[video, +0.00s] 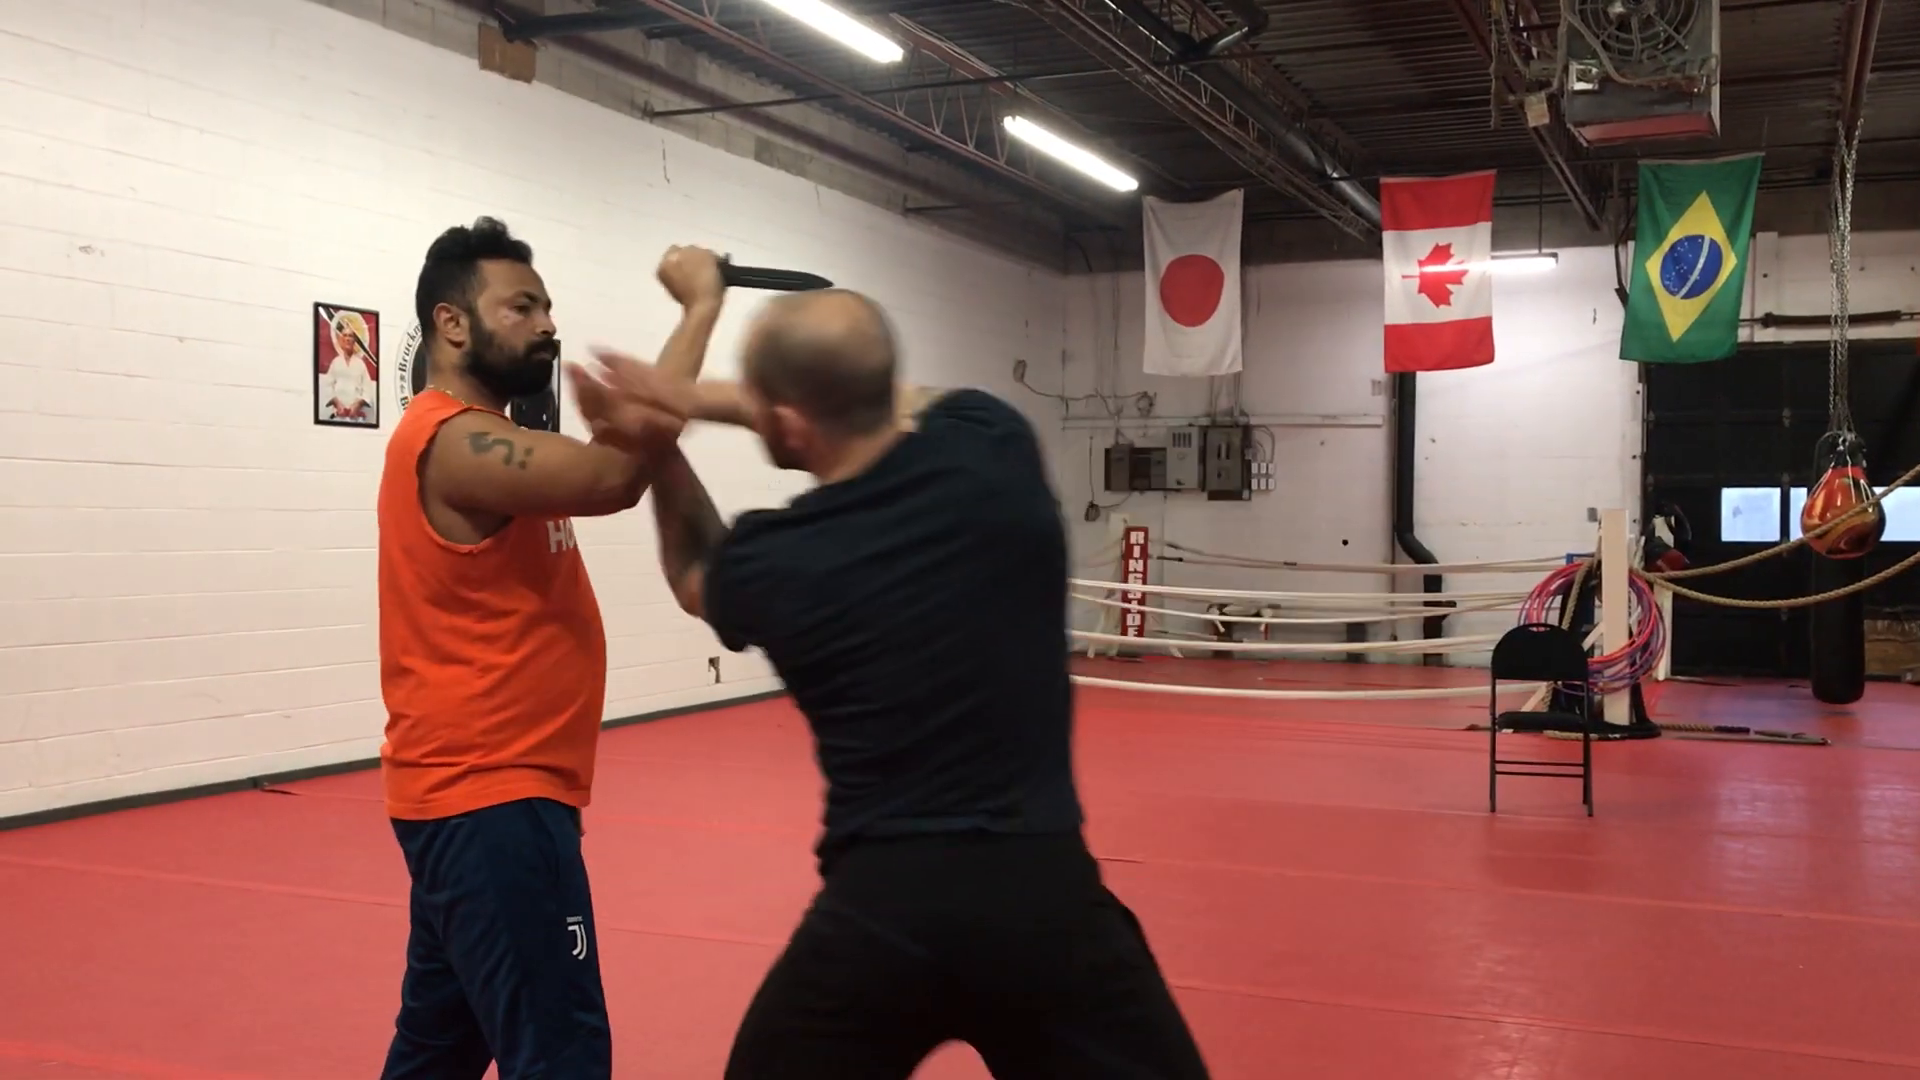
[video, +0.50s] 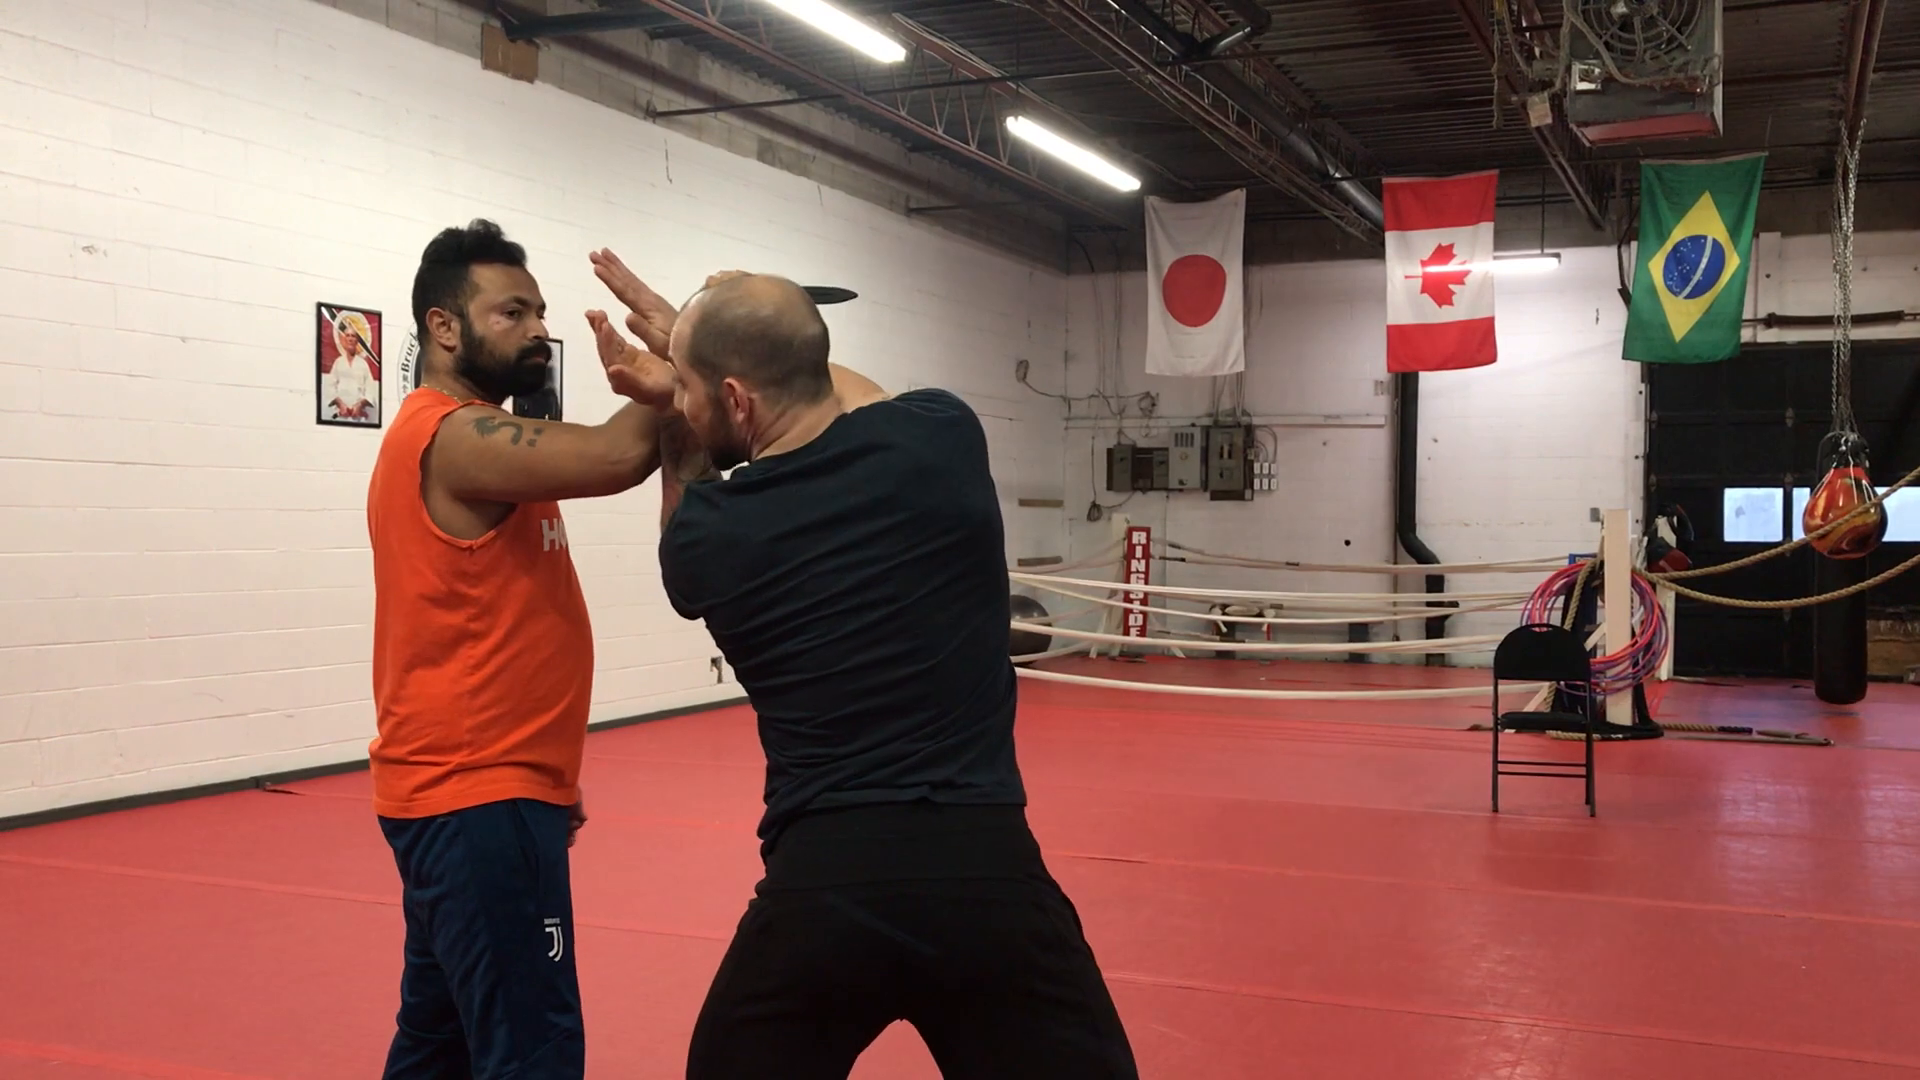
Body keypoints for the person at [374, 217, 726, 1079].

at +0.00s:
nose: (548, 325)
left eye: (545, 307)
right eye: (523, 306)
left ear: (457, 332)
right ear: (451, 325)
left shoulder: (450, 433)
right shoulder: (456, 437)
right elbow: (615, 474)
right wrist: (699, 310)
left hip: (462, 792)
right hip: (492, 797)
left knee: (438, 1048)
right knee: (563, 1053)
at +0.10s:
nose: (549, 328)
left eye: (548, 310)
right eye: (525, 308)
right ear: (454, 324)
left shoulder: (467, 426)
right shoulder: (461, 435)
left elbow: (610, 464)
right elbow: (630, 460)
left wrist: (641, 408)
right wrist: (709, 306)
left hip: (475, 792)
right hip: (489, 798)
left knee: (436, 1051)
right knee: (561, 1053)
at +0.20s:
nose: (548, 333)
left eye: (549, 315)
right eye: (525, 314)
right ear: (453, 326)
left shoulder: (482, 430)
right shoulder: (454, 432)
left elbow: (501, 628)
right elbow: (617, 453)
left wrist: (558, 773)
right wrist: (651, 388)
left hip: (492, 791)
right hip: (479, 796)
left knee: (437, 1053)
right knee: (552, 1056)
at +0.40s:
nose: (541, 330)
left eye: (542, 313)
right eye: (516, 312)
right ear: (444, 326)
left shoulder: (462, 430)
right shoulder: (452, 432)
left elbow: (486, 626)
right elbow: (619, 452)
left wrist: (557, 761)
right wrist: (663, 374)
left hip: (482, 790)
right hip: (477, 793)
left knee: (441, 1044)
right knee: (536, 1051)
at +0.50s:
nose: (540, 329)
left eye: (539, 312)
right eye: (514, 311)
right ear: (442, 327)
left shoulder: (440, 430)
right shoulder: (454, 433)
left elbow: (607, 459)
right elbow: (618, 455)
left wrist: (669, 395)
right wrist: (664, 380)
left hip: (463, 790)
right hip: (481, 794)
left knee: (438, 1044)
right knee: (534, 1051)